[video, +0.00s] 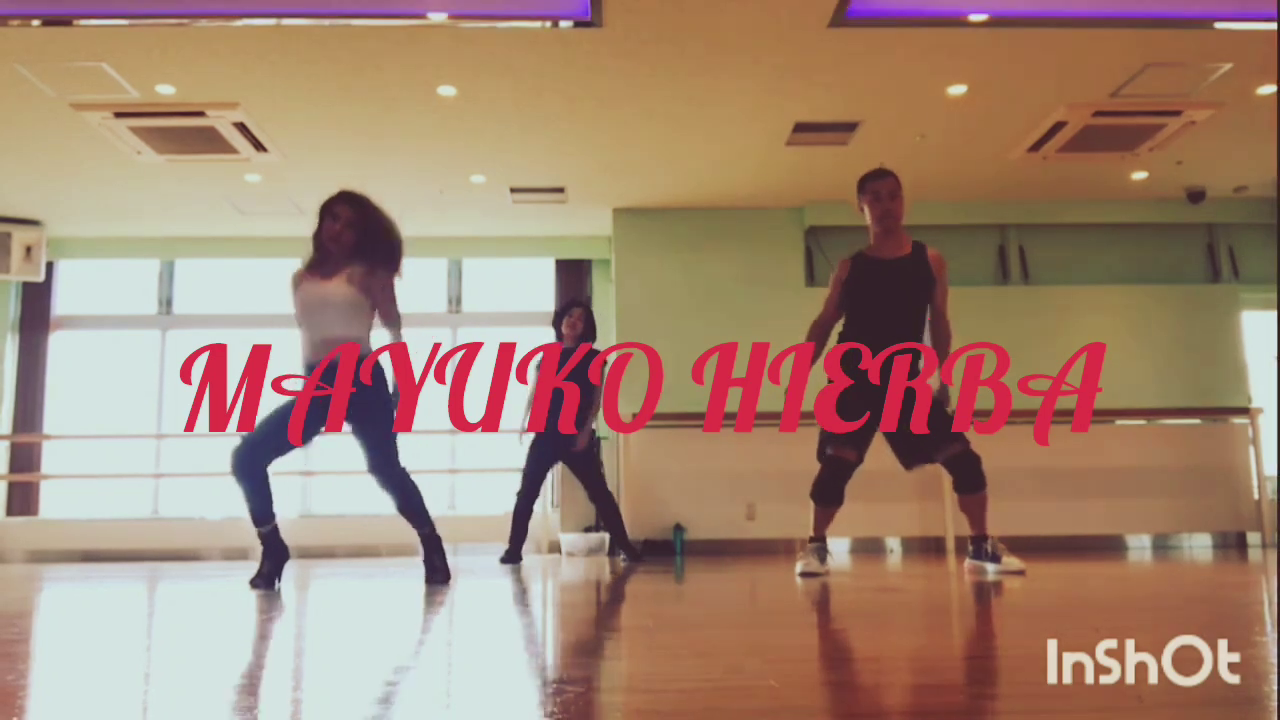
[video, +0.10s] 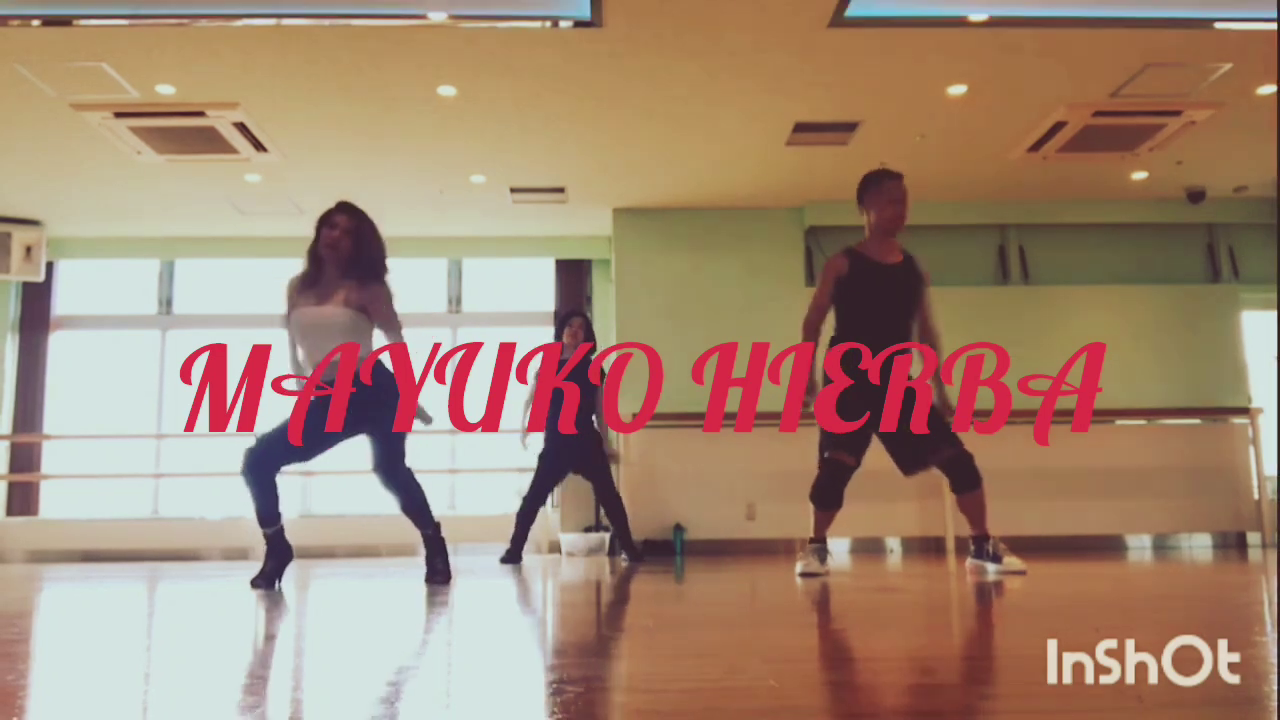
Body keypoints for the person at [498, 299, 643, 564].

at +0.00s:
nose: (573, 322)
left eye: (580, 320)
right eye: (570, 317)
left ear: (586, 327)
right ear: (561, 321)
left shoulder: (593, 357)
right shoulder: (549, 353)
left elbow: (597, 398)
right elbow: (535, 390)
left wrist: (587, 428)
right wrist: (527, 419)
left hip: (577, 436)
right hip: (546, 435)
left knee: (599, 494)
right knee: (527, 493)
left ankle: (624, 545)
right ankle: (514, 549)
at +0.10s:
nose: (574, 332)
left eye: (580, 329)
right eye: (571, 327)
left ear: (586, 335)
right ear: (562, 330)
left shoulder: (593, 367)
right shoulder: (549, 363)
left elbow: (601, 409)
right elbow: (532, 395)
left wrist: (607, 444)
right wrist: (526, 423)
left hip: (587, 444)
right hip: (556, 444)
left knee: (609, 496)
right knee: (534, 498)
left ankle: (628, 546)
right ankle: (514, 550)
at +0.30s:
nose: (576, 322)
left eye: (579, 318)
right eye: (571, 317)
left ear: (582, 324)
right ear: (558, 319)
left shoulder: (577, 353)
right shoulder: (545, 350)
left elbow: (576, 389)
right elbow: (535, 379)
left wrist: (607, 399)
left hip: (574, 431)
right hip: (546, 432)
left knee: (602, 490)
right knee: (539, 494)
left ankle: (627, 545)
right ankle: (516, 551)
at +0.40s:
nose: (573, 317)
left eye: (577, 313)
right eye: (569, 311)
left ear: (578, 316)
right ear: (555, 311)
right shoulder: (552, 345)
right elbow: (559, 378)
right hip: (551, 427)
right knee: (537, 490)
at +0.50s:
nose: (573, 319)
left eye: (575, 314)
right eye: (568, 313)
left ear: (575, 317)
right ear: (555, 313)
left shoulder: (570, 346)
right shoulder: (548, 343)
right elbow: (550, 376)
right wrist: (577, 355)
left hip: (567, 428)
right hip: (544, 427)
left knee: (580, 481)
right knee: (538, 489)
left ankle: (569, 536)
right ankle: (515, 551)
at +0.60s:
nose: (573, 328)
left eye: (573, 324)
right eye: (569, 323)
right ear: (558, 325)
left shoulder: (570, 354)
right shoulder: (549, 352)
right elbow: (542, 377)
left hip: (565, 431)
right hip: (544, 431)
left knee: (566, 492)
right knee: (548, 491)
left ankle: (558, 546)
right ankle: (519, 546)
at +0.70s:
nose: (571, 325)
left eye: (571, 320)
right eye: (568, 320)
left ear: (544, 322)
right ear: (559, 322)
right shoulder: (559, 352)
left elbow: (521, 377)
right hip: (544, 432)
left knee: (567, 493)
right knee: (548, 491)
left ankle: (560, 541)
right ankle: (518, 548)